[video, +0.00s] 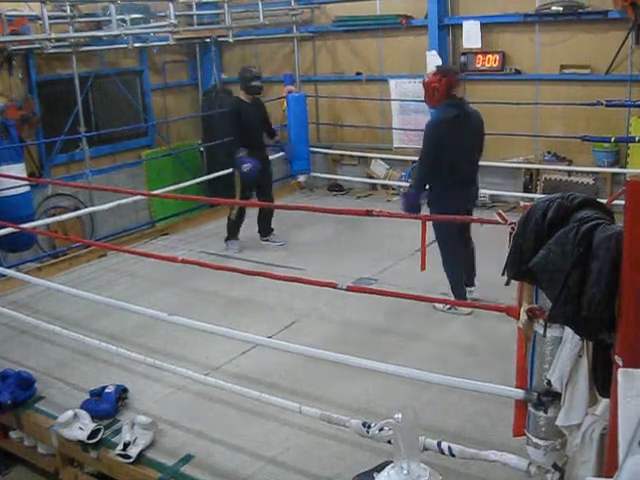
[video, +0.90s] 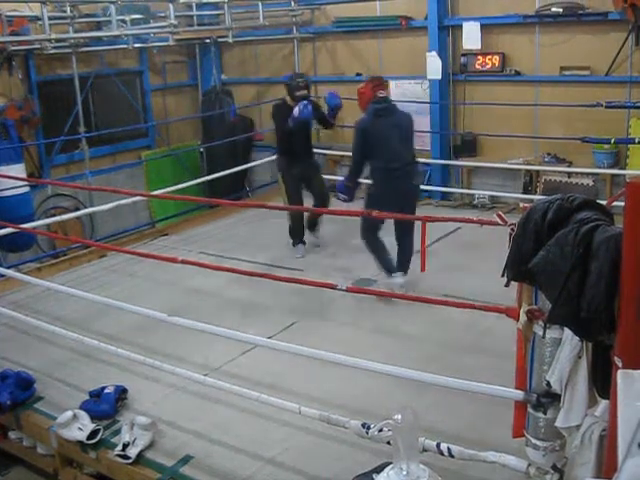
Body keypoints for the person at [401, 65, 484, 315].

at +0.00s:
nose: (425, 95)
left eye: (427, 90)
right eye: (425, 89)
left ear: (438, 91)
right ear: (452, 90)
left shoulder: (437, 123)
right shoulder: (473, 117)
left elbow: (426, 164)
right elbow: (475, 154)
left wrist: (413, 193)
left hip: (444, 193)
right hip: (468, 190)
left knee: (448, 244)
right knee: (464, 236)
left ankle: (460, 299)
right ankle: (468, 283)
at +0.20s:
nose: (418, 95)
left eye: (421, 90)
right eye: (419, 90)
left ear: (431, 92)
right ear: (445, 91)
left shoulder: (432, 125)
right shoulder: (465, 119)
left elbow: (425, 168)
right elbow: (470, 159)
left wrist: (411, 199)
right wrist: (474, 192)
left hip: (438, 193)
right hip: (458, 191)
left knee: (447, 244)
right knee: (443, 235)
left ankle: (460, 299)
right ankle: (442, 280)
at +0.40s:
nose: (406, 98)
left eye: (409, 92)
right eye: (406, 92)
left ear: (418, 94)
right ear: (428, 93)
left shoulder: (421, 124)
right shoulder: (446, 118)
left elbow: (414, 167)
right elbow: (458, 157)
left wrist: (402, 200)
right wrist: (465, 190)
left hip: (429, 192)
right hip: (445, 189)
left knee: (440, 244)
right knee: (423, 234)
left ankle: (460, 299)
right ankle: (407, 277)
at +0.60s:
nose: (387, 97)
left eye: (391, 92)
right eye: (388, 92)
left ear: (400, 94)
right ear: (411, 94)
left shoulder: (398, 124)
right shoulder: (426, 117)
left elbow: (391, 165)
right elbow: (437, 149)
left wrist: (380, 196)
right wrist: (432, 177)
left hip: (410, 190)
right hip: (428, 187)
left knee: (423, 243)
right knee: (411, 238)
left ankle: (454, 293)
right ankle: (398, 281)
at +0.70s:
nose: (378, 98)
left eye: (380, 93)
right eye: (378, 93)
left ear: (389, 94)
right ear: (403, 93)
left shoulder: (385, 123)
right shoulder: (422, 119)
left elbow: (379, 162)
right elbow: (426, 154)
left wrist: (368, 187)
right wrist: (416, 176)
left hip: (399, 187)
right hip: (422, 184)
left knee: (403, 242)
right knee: (412, 236)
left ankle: (440, 281)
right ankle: (397, 282)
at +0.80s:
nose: (368, 100)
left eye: (370, 95)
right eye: (369, 95)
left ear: (378, 96)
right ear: (394, 94)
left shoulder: (376, 123)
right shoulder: (413, 119)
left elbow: (367, 159)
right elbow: (417, 155)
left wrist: (357, 186)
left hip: (392, 187)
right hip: (416, 186)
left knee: (383, 238)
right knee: (408, 236)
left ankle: (419, 272)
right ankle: (398, 281)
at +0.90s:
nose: (359, 99)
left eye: (361, 95)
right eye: (360, 95)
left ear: (369, 96)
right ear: (385, 94)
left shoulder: (365, 124)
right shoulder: (405, 118)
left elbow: (358, 161)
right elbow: (407, 151)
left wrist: (348, 186)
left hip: (382, 185)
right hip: (408, 183)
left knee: (369, 232)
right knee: (405, 231)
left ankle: (393, 273)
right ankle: (401, 273)